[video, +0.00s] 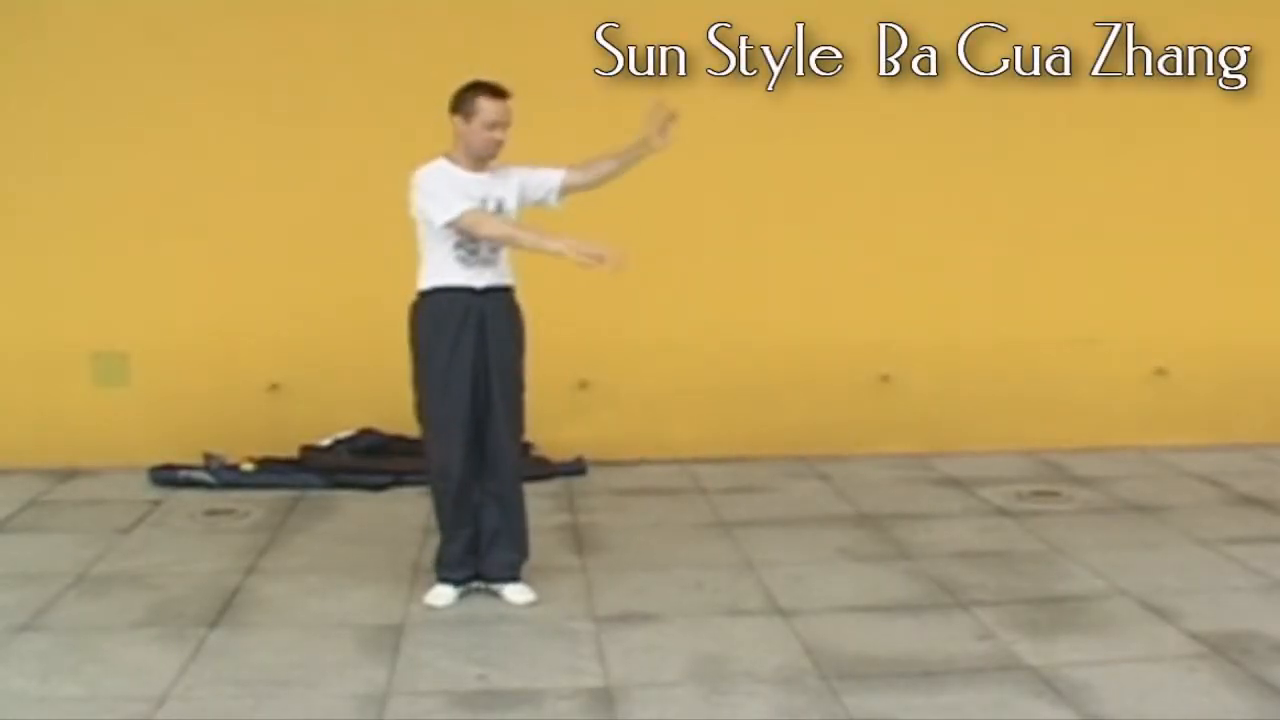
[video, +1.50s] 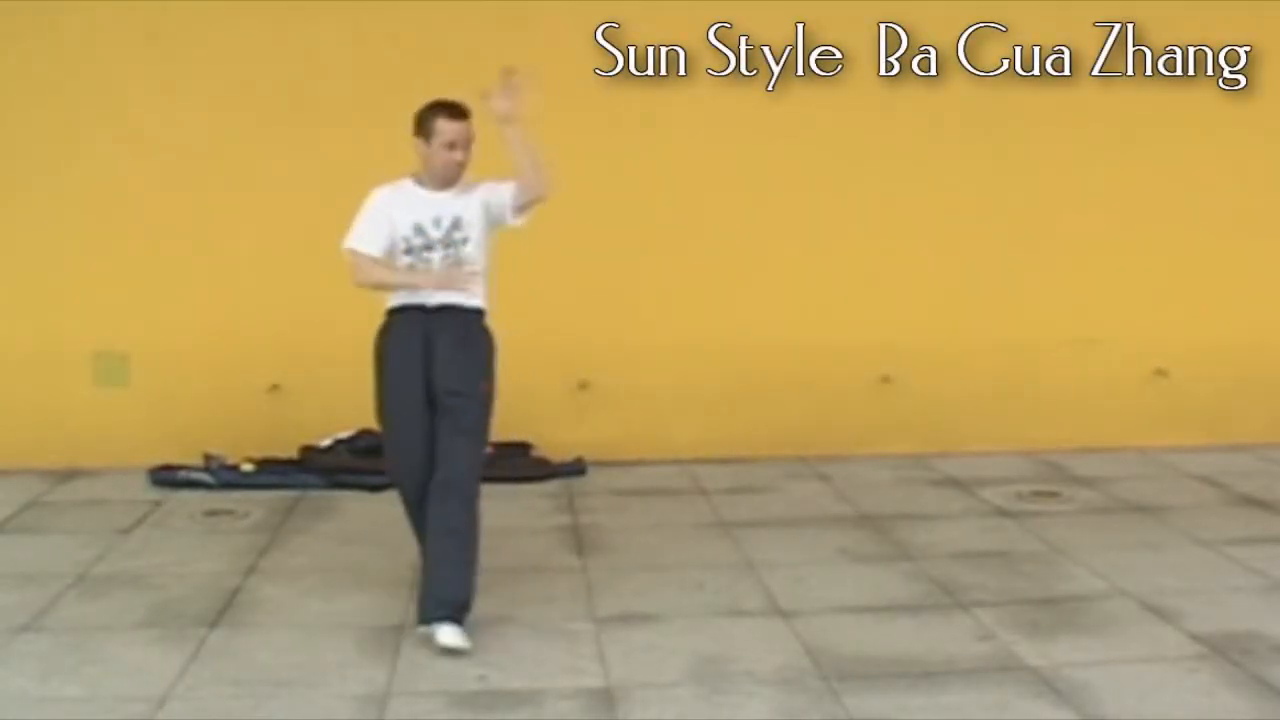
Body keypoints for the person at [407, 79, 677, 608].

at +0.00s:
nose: (499, 138)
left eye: (504, 128)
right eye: (490, 127)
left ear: (505, 130)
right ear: (459, 124)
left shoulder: (508, 181)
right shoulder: (432, 179)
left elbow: (577, 178)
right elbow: (479, 228)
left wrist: (644, 146)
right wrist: (565, 246)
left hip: (499, 316)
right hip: (444, 317)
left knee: (501, 443)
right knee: (449, 445)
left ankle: (503, 568)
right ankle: (454, 570)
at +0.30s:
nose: (484, 141)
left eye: (492, 131)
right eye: (474, 130)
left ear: (499, 132)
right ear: (450, 128)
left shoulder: (512, 184)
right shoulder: (425, 182)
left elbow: (579, 214)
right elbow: (446, 251)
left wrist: (652, 235)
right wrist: (496, 307)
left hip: (499, 310)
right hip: (441, 313)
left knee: (500, 445)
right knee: (447, 445)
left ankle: (501, 569)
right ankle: (452, 570)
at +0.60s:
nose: (469, 142)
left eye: (478, 132)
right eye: (459, 132)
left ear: (492, 130)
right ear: (441, 130)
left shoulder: (513, 187)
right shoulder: (416, 185)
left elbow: (556, 254)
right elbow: (402, 263)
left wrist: (587, 322)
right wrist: (415, 334)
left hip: (495, 316)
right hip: (435, 315)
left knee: (498, 444)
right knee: (442, 447)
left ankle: (502, 568)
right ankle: (452, 570)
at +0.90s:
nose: (447, 142)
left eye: (456, 132)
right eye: (439, 133)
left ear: (479, 130)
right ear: (430, 133)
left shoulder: (506, 187)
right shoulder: (410, 185)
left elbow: (526, 267)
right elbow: (374, 247)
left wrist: (512, 343)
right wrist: (367, 326)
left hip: (486, 311)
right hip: (430, 314)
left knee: (490, 446)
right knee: (436, 447)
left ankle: (499, 568)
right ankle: (450, 571)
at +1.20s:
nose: (450, 142)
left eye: (459, 132)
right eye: (440, 133)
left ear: (472, 133)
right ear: (423, 135)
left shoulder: (494, 188)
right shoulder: (398, 189)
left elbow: (471, 255)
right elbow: (374, 255)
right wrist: (326, 290)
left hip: (474, 321)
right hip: (419, 322)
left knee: (480, 450)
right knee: (426, 451)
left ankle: (493, 574)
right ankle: (449, 573)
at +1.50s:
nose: (456, 155)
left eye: (463, 146)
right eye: (447, 145)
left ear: (472, 149)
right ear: (420, 145)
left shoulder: (481, 198)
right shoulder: (388, 200)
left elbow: (535, 189)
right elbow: (363, 271)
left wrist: (510, 125)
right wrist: (428, 278)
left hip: (463, 332)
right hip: (404, 332)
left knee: (458, 472)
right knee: (410, 470)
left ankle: (445, 613)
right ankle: (445, 578)